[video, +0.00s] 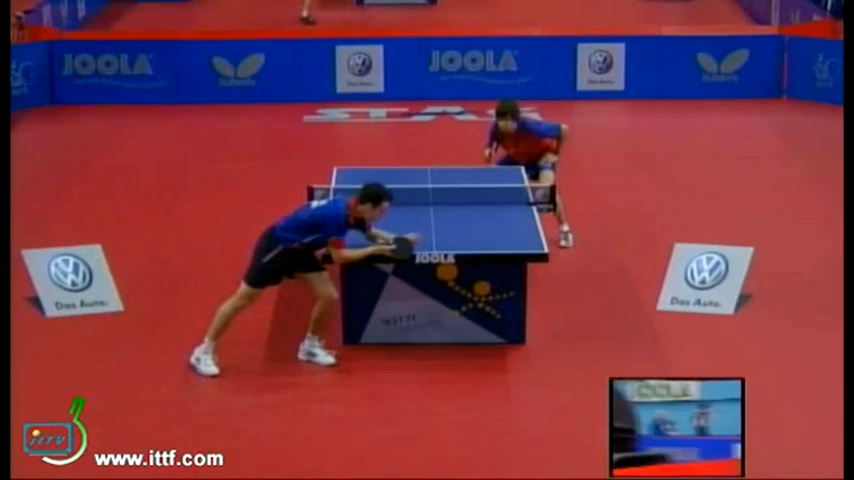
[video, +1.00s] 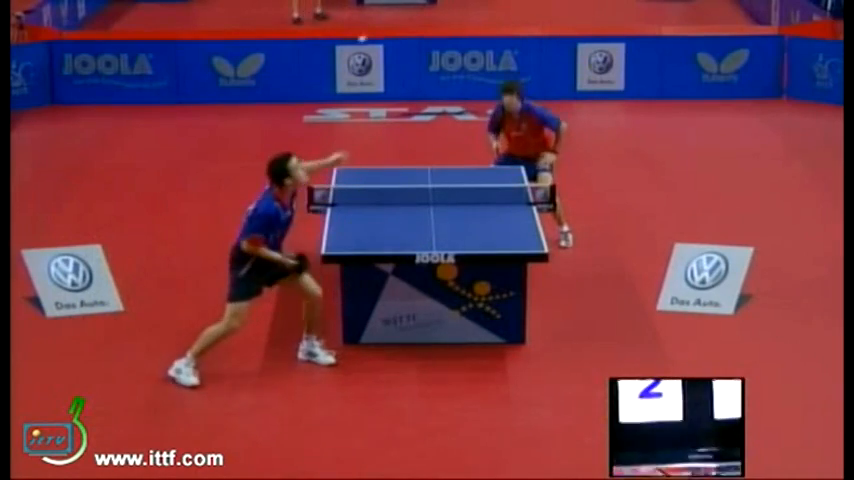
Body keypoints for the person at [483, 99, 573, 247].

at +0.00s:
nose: (505, 125)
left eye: (509, 121)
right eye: (502, 121)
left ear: (516, 119)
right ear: (498, 120)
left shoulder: (531, 127)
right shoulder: (497, 128)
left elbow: (563, 129)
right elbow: (493, 141)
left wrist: (556, 154)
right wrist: (489, 151)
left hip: (541, 158)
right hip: (516, 158)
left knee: (549, 191)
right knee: (493, 178)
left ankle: (564, 228)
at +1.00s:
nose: (509, 104)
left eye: (512, 100)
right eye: (506, 100)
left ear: (519, 100)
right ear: (502, 100)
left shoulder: (532, 112)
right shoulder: (501, 112)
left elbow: (561, 126)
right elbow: (492, 130)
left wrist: (554, 152)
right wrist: (494, 144)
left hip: (537, 157)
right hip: (512, 156)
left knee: (546, 192)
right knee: (493, 183)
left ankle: (563, 228)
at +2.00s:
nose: (494, 103)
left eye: (498, 99)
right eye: (491, 98)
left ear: (504, 100)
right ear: (487, 99)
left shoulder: (516, 116)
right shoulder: (480, 114)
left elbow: (541, 135)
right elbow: (454, 131)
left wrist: (540, 150)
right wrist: (457, 144)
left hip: (509, 167)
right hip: (483, 167)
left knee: (526, 199)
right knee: (476, 202)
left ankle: (537, 231)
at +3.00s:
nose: (461, 90)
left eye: (464, 86)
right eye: (458, 86)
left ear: (473, 86)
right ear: (455, 87)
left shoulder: (487, 100)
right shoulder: (456, 103)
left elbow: (515, 114)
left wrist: (523, 138)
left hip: (503, 156)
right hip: (476, 154)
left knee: (522, 190)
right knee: (448, 180)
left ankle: (551, 217)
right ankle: (443, 220)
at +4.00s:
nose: (347, 67)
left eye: (350, 62)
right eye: (344, 63)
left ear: (356, 63)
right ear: (339, 65)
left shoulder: (370, 83)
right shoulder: (336, 83)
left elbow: (381, 110)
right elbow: (327, 106)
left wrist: (370, 126)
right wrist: (322, 124)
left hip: (365, 130)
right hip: (342, 130)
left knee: (383, 165)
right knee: (316, 159)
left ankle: (391, 198)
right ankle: (305, 188)